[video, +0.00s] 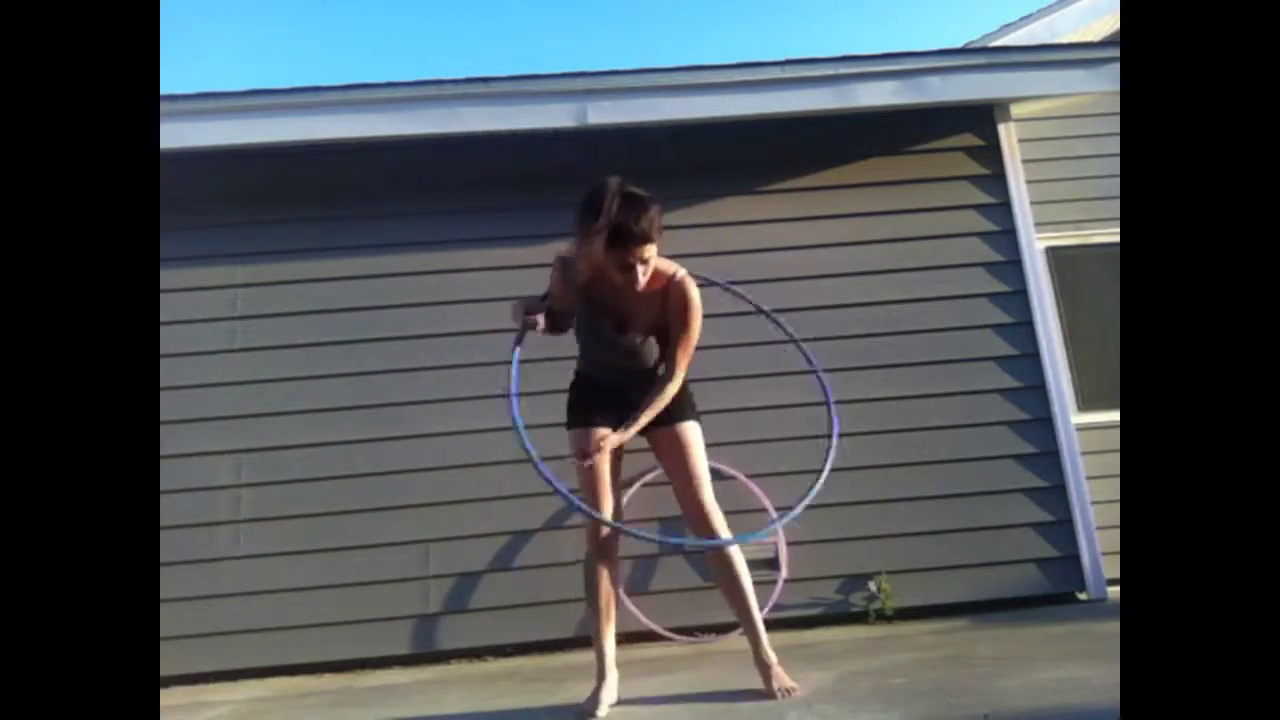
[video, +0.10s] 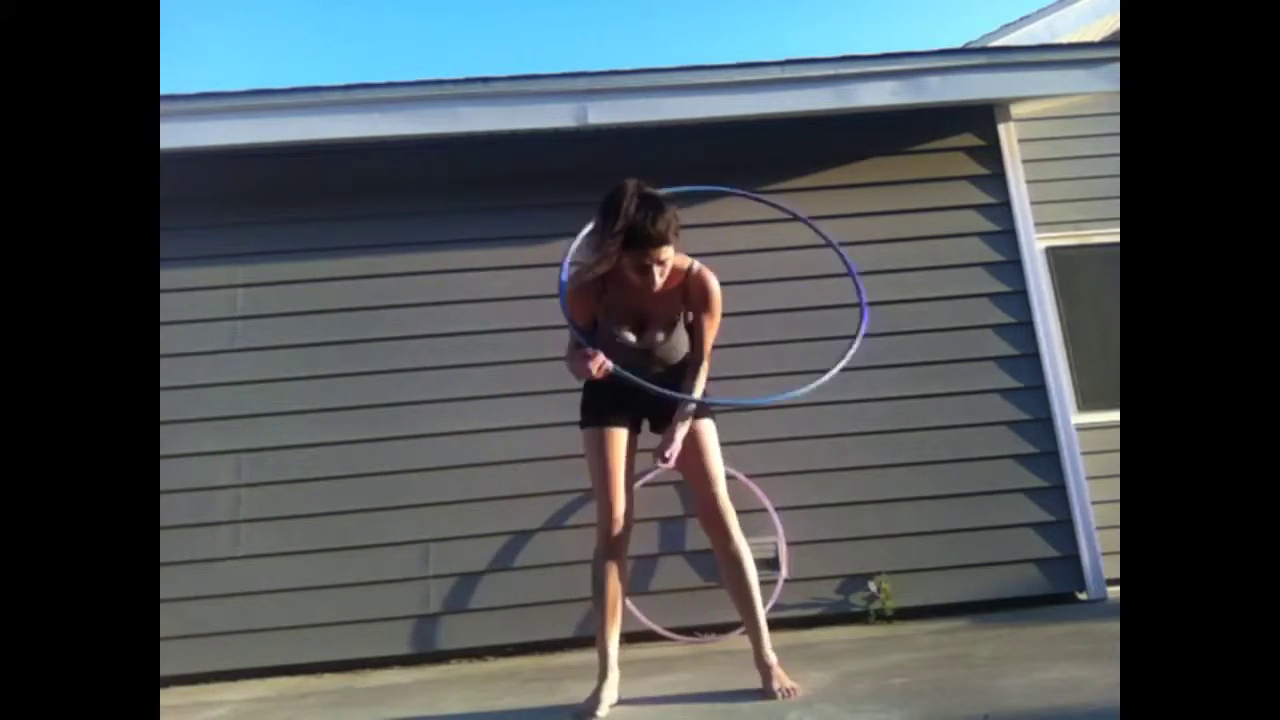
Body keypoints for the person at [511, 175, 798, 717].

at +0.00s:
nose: (640, 272)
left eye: (648, 260)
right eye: (628, 263)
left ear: (660, 244)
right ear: (603, 247)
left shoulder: (680, 290)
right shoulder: (575, 267)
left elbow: (674, 378)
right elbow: (559, 320)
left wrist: (626, 432)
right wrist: (535, 316)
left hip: (661, 387)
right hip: (596, 390)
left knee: (705, 515)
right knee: (602, 532)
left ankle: (765, 655)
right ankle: (606, 676)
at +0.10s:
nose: (656, 273)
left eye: (664, 261)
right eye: (645, 264)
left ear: (676, 245)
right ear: (620, 253)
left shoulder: (698, 283)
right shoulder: (588, 290)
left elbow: (700, 362)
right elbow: (576, 355)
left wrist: (681, 425)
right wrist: (585, 367)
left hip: (679, 383)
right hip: (612, 385)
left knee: (721, 516)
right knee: (613, 527)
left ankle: (766, 657)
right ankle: (608, 676)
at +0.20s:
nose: (676, 272)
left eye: (685, 259)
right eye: (664, 263)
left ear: (700, 245)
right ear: (639, 252)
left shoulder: (720, 274)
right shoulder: (611, 293)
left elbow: (716, 328)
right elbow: (613, 371)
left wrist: (735, 373)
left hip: (694, 381)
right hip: (630, 387)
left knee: (733, 521)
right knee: (627, 529)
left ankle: (768, 659)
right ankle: (611, 675)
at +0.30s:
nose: (702, 271)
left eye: (708, 260)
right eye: (691, 263)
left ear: (719, 245)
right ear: (667, 252)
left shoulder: (730, 262)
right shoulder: (633, 294)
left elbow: (725, 313)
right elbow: (637, 375)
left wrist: (757, 315)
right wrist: (685, 432)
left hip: (706, 383)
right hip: (643, 392)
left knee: (742, 522)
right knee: (642, 530)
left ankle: (770, 660)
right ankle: (613, 673)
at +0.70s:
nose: (707, 290)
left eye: (713, 279)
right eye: (698, 280)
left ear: (722, 267)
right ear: (673, 267)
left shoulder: (739, 286)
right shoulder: (634, 311)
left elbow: (739, 345)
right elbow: (646, 395)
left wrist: (752, 366)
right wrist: (675, 458)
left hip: (710, 393)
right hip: (643, 401)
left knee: (743, 519)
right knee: (622, 533)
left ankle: (768, 660)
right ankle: (631, 671)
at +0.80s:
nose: (676, 288)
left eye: (685, 277)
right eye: (668, 277)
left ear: (699, 266)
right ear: (647, 263)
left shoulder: (723, 301)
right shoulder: (612, 300)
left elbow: (723, 378)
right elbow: (617, 386)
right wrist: (623, 457)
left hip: (699, 401)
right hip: (634, 401)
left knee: (724, 525)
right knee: (607, 527)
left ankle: (766, 658)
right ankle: (644, 674)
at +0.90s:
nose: (656, 273)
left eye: (666, 262)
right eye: (647, 262)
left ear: (679, 253)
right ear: (627, 247)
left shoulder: (686, 301)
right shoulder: (595, 274)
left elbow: (670, 390)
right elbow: (585, 355)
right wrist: (568, 425)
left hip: (674, 406)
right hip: (617, 404)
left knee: (660, 528)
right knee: (597, 531)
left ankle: (757, 644)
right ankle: (642, 673)